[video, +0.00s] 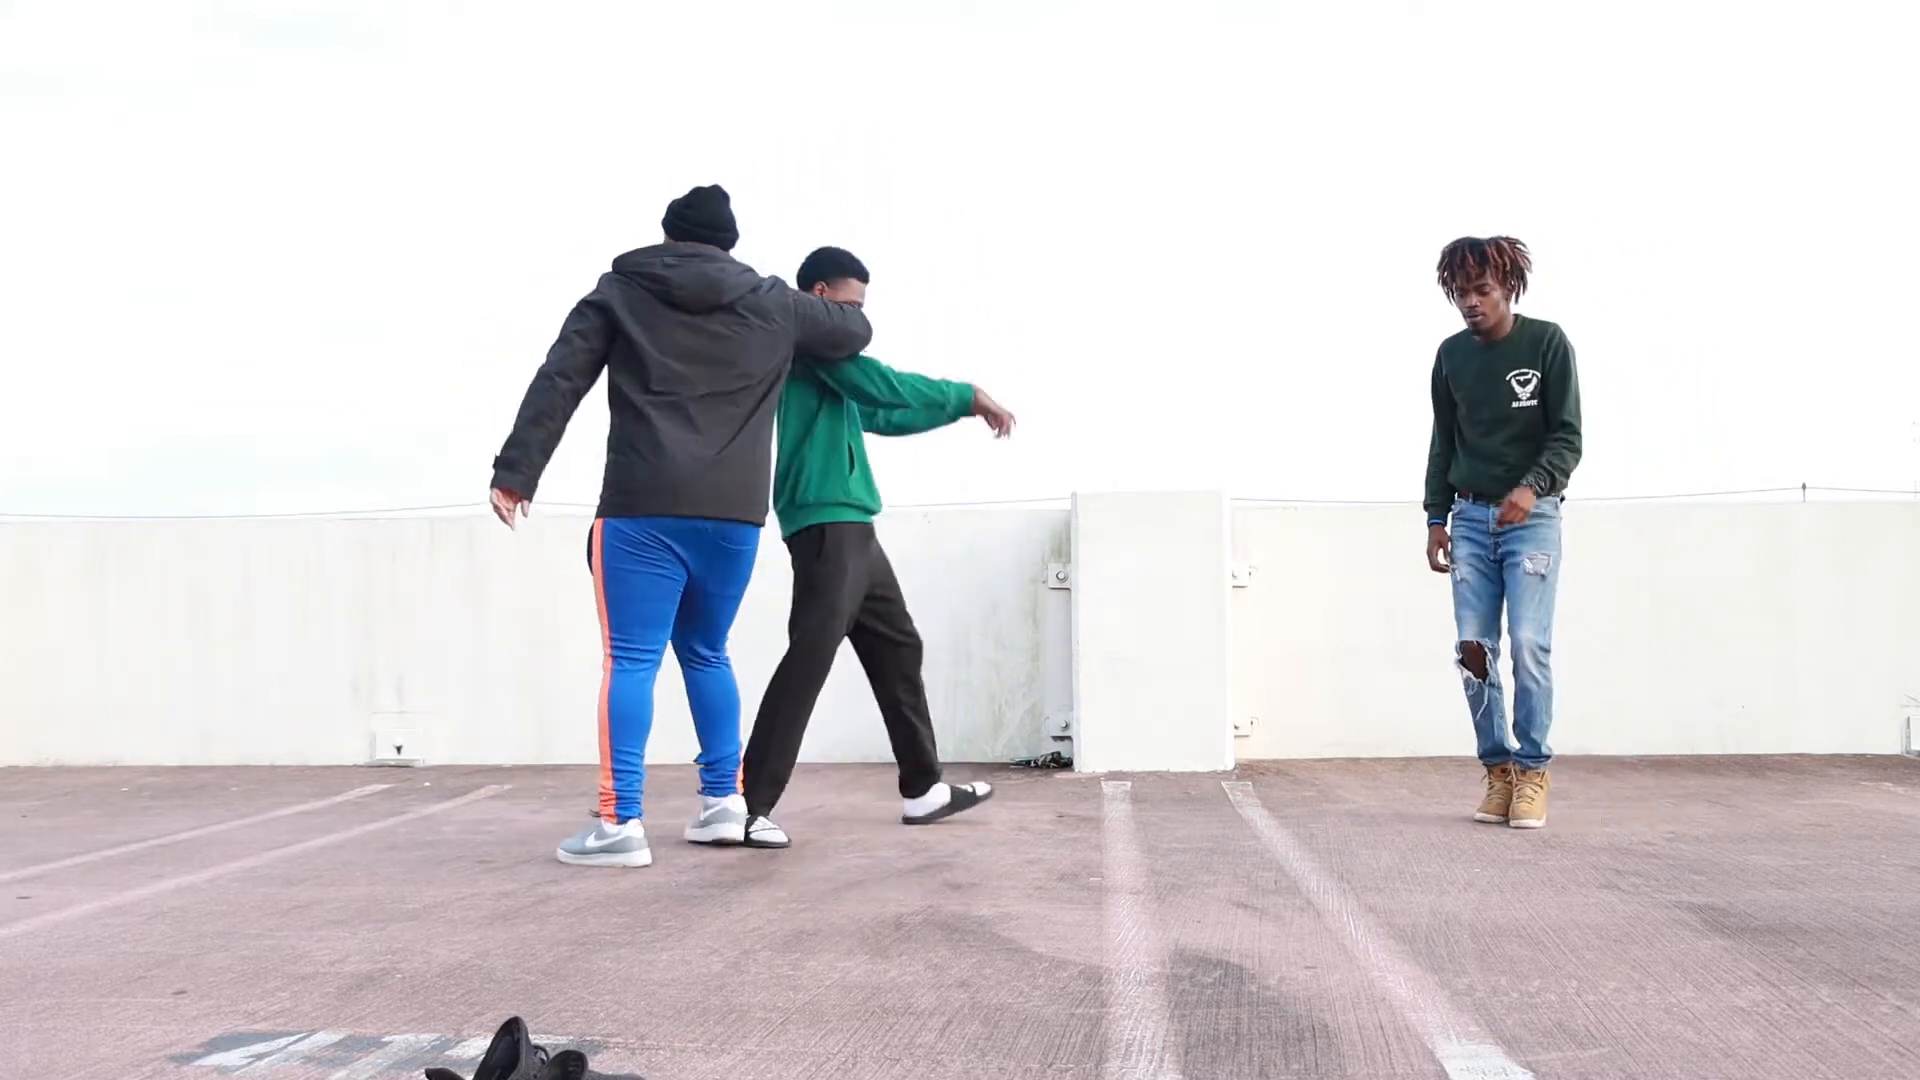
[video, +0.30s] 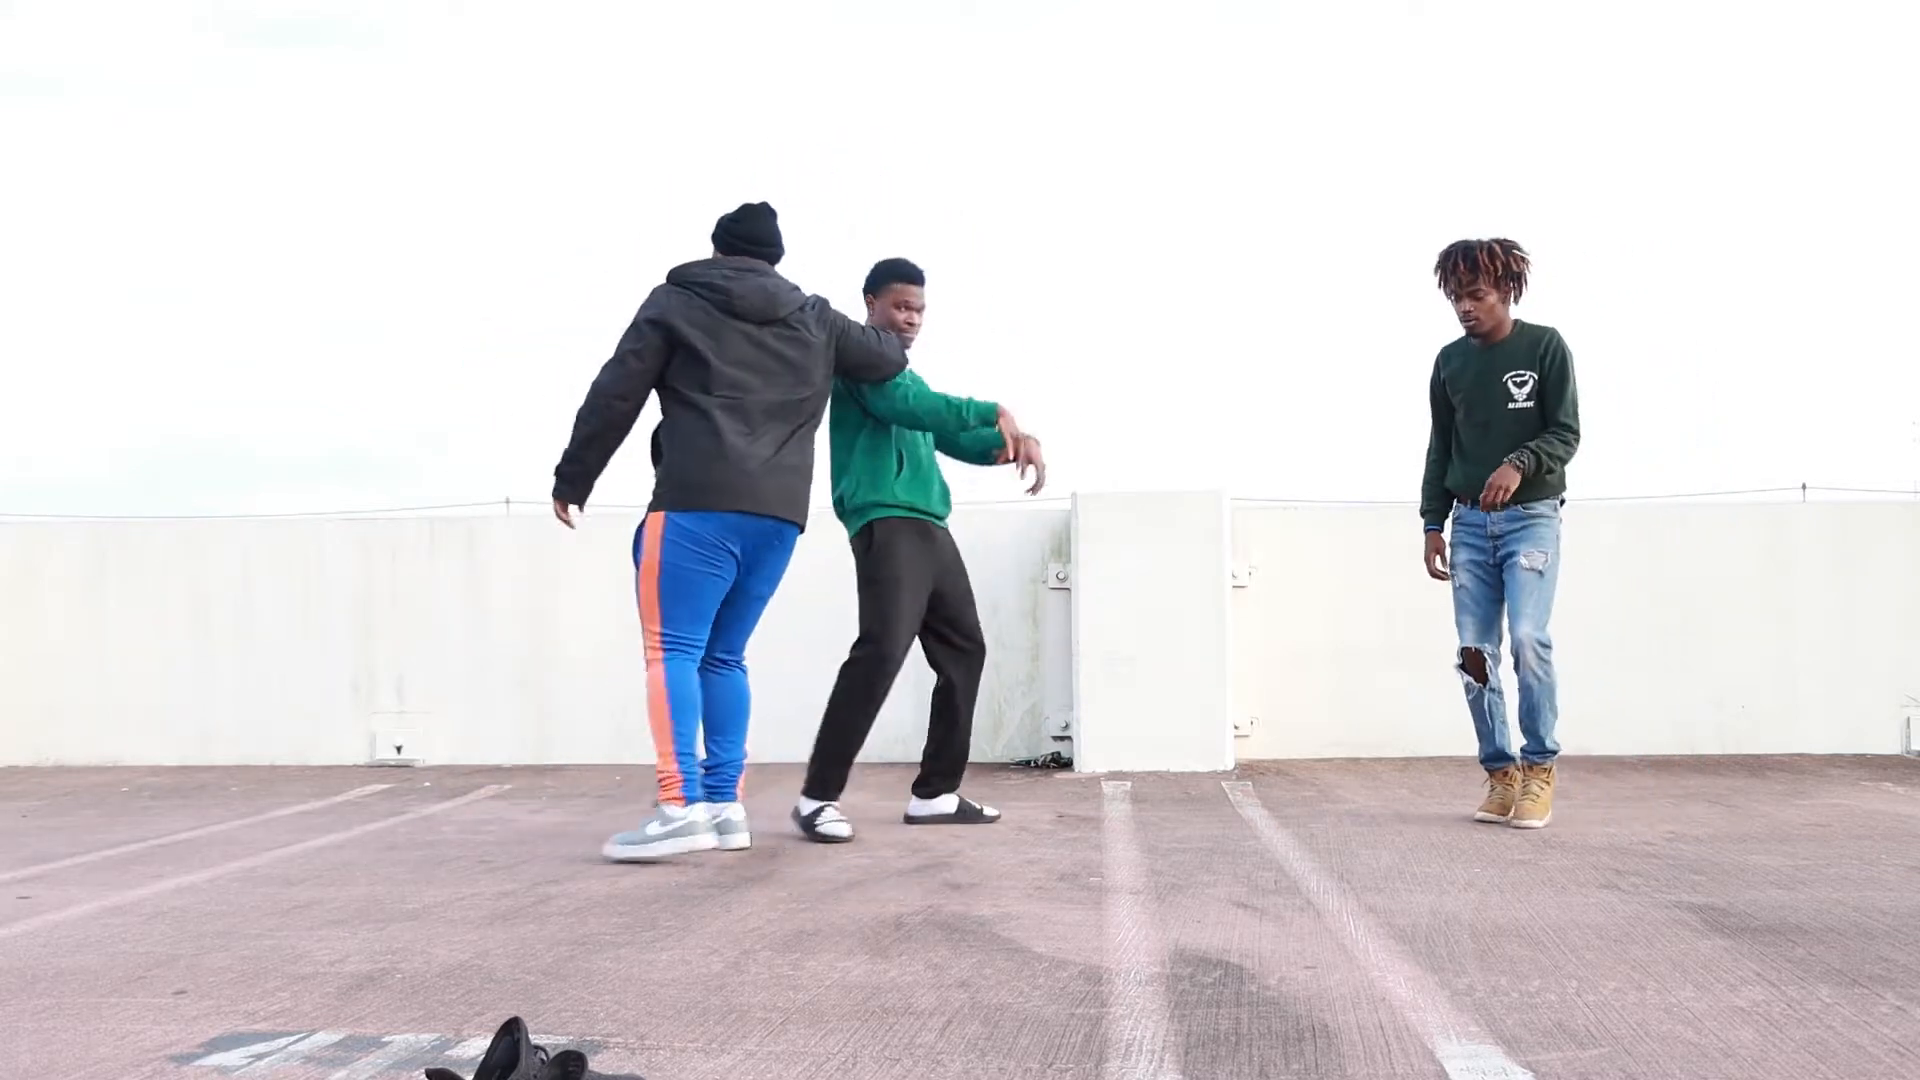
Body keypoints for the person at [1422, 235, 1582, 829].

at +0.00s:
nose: (1469, 302)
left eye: (1479, 289)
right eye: (1460, 292)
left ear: (1509, 286)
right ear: (1453, 295)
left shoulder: (1547, 341)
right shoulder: (1451, 353)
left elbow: (1567, 435)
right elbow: (1444, 437)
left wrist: (1533, 487)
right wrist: (1436, 516)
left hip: (1531, 515)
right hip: (1469, 516)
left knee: (1527, 643)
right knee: (1474, 649)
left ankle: (1532, 772)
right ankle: (1499, 770)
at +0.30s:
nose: (1464, 306)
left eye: (1475, 293)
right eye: (1456, 296)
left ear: (1508, 290)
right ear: (1449, 297)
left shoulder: (1545, 346)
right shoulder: (1449, 360)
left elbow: (1565, 433)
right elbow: (1441, 444)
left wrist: (1519, 464)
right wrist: (1433, 522)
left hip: (1530, 518)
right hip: (1468, 522)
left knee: (1526, 639)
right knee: (1475, 651)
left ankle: (1539, 768)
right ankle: (1500, 773)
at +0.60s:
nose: (1467, 315)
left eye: (1476, 301)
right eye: (1459, 304)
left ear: (1509, 290)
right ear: (1455, 301)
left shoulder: (1554, 339)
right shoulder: (1464, 362)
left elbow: (1558, 428)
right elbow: (1464, 452)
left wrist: (1499, 443)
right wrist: (1428, 491)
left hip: (1544, 516)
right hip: (1485, 520)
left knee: (1548, 649)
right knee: (1482, 655)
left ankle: (1569, 786)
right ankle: (1503, 780)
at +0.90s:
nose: (1481, 318)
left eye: (1490, 304)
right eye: (1473, 308)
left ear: (1524, 291)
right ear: (1469, 304)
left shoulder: (1566, 333)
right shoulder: (1485, 366)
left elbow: (1558, 418)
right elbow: (1486, 460)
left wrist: (1490, 423)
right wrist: (1430, 467)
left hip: (1562, 516)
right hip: (1505, 519)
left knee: (1557, 656)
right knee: (1468, 650)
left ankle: (1571, 787)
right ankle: (1505, 765)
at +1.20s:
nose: (1470, 307)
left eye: (1479, 294)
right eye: (1462, 296)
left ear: (1514, 285)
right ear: (1458, 293)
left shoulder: (1551, 324)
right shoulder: (1468, 354)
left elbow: (1546, 403)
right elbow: (1456, 444)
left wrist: (1486, 396)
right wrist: (1407, 429)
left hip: (1551, 512)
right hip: (1489, 514)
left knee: (1560, 657)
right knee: (1460, 649)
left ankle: (1571, 788)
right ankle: (1454, 783)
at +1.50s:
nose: (1448, 307)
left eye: (1458, 295)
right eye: (1440, 296)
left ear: (1488, 285)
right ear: (1433, 291)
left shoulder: (1523, 333)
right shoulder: (1427, 347)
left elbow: (1538, 416)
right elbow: (1395, 417)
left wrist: (1512, 447)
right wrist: (1359, 369)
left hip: (1504, 509)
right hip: (1441, 513)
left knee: (1518, 640)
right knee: (1436, 650)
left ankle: (1551, 767)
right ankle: (1447, 784)